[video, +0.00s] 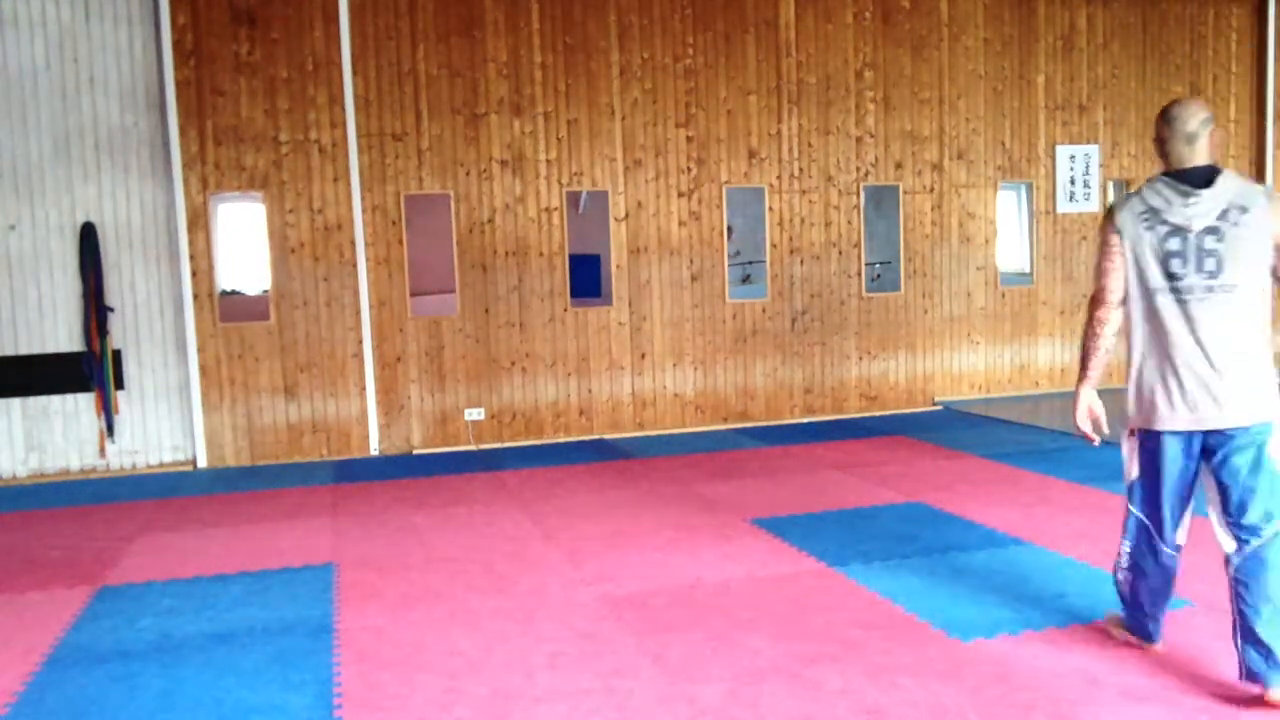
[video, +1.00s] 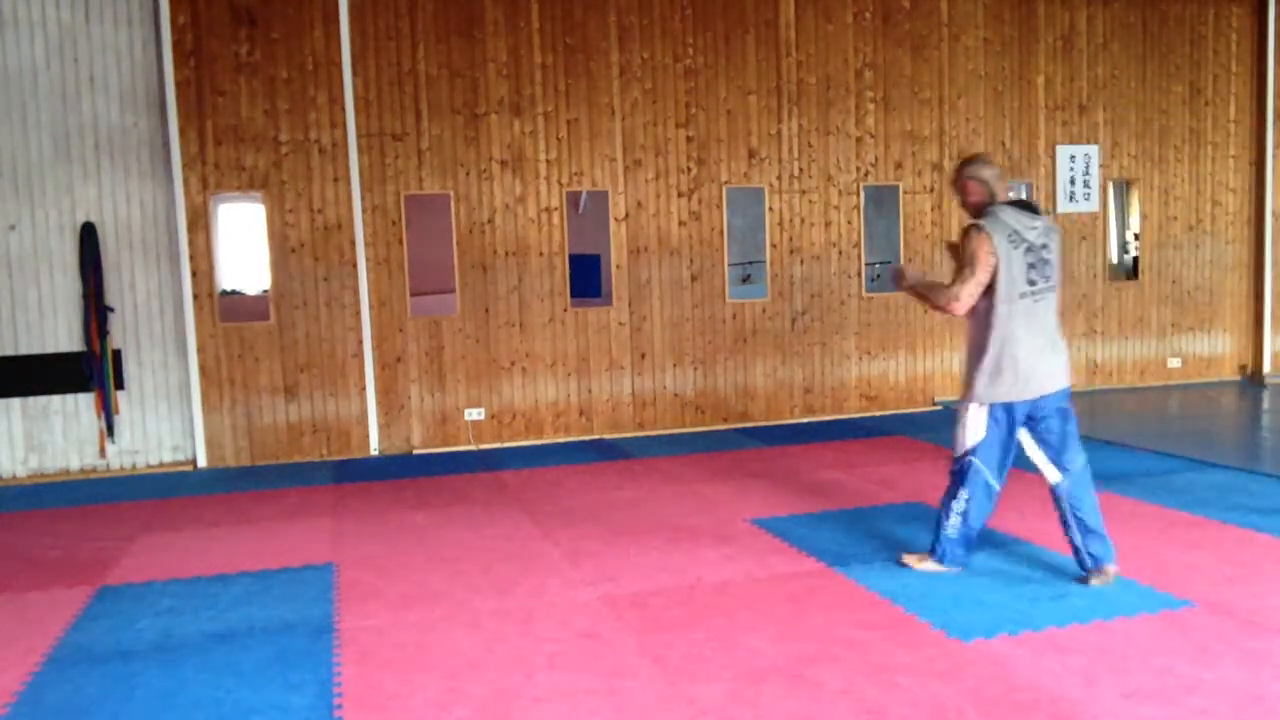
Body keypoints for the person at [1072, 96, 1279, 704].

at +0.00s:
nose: (1182, 145)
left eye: (1163, 138)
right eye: (1202, 132)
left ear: (1156, 145)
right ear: (1213, 142)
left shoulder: (1128, 215)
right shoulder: (1261, 205)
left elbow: (1106, 307)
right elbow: (1273, 288)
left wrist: (1086, 385)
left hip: (1166, 403)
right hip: (1247, 399)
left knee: (1155, 521)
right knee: (1257, 534)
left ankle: (1142, 621)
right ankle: (1266, 669)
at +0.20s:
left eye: (1110, 152)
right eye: (1152, 142)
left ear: (1108, 156)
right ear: (1160, 148)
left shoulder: (1083, 220)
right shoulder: (1213, 205)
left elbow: (1066, 306)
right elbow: (1245, 288)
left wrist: (1053, 373)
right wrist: (1257, 349)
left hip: (1125, 389)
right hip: (1196, 383)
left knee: (1132, 510)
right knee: (1218, 493)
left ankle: (1142, 622)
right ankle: (1234, 590)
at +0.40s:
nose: (1078, 166)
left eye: (1076, 158)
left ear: (1079, 162)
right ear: (1124, 157)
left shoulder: (1057, 222)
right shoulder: (1173, 211)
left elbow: (1029, 304)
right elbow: (1208, 288)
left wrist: (1018, 335)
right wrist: (1209, 352)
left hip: (1102, 385)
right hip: (1165, 376)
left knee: (1117, 502)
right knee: (1160, 489)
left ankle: (1141, 620)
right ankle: (1170, 587)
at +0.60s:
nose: (1051, 178)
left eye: (1051, 171)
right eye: (1054, 170)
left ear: (1058, 172)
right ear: (1100, 168)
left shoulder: (1044, 227)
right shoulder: (1147, 224)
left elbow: (1013, 303)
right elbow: (1170, 298)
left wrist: (990, 333)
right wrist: (1147, 332)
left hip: (1067, 381)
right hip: (1127, 378)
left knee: (1060, 480)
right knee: (1122, 481)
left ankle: (1116, 581)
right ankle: (1107, 570)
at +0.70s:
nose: (1036, 178)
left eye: (1037, 171)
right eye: (1037, 170)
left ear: (1046, 172)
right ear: (1082, 170)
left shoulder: (1036, 221)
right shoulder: (1125, 221)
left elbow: (1008, 298)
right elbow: (1141, 291)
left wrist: (977, 324)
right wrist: (1097, 298)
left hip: (1056, 373)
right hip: (1114, 371)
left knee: (1015, 456)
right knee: (1113, 479)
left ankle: (1070, 550)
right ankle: (1111, 575)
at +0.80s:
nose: (1015, 183)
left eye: (1015, 175)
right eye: (1014, 175)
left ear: (1027, 175)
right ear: (1058, 171)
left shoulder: (1027, 223)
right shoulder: (1101, 219)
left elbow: (992, 296)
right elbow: (1104, 284)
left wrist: (958, 305)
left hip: (1039, 370)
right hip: (1096, 368)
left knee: (993, 450)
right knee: (1102, 472)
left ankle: (1018, 550)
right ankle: (1109, 573)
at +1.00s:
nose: (962, 201)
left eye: (962, 192)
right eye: (961, 192)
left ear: (974, 189)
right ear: (1000, 184)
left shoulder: (985, 233)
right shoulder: (1045, 228)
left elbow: (957, 302)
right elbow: (1021, 283)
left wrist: (913, 284)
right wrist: (969, 258)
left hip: (1000, 376)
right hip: (1051, 372)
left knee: (974, 470)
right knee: (1069, 470)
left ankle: (947, 554)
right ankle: (1099, 562)